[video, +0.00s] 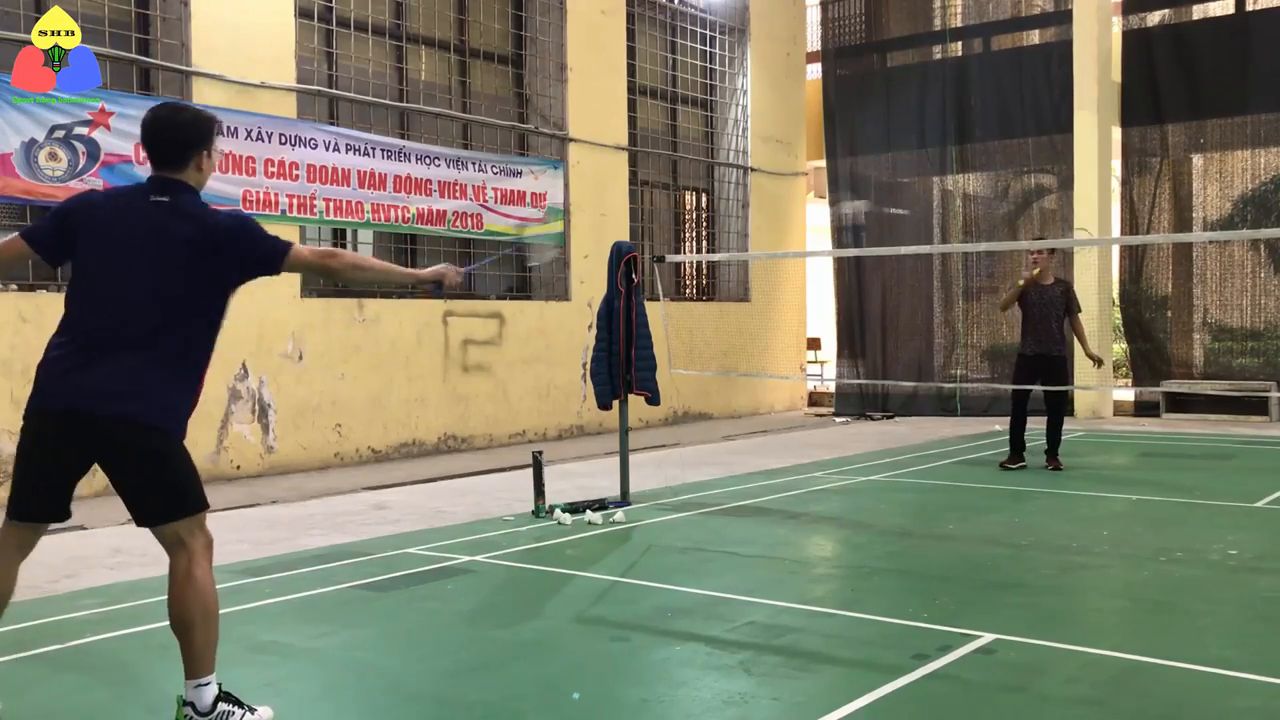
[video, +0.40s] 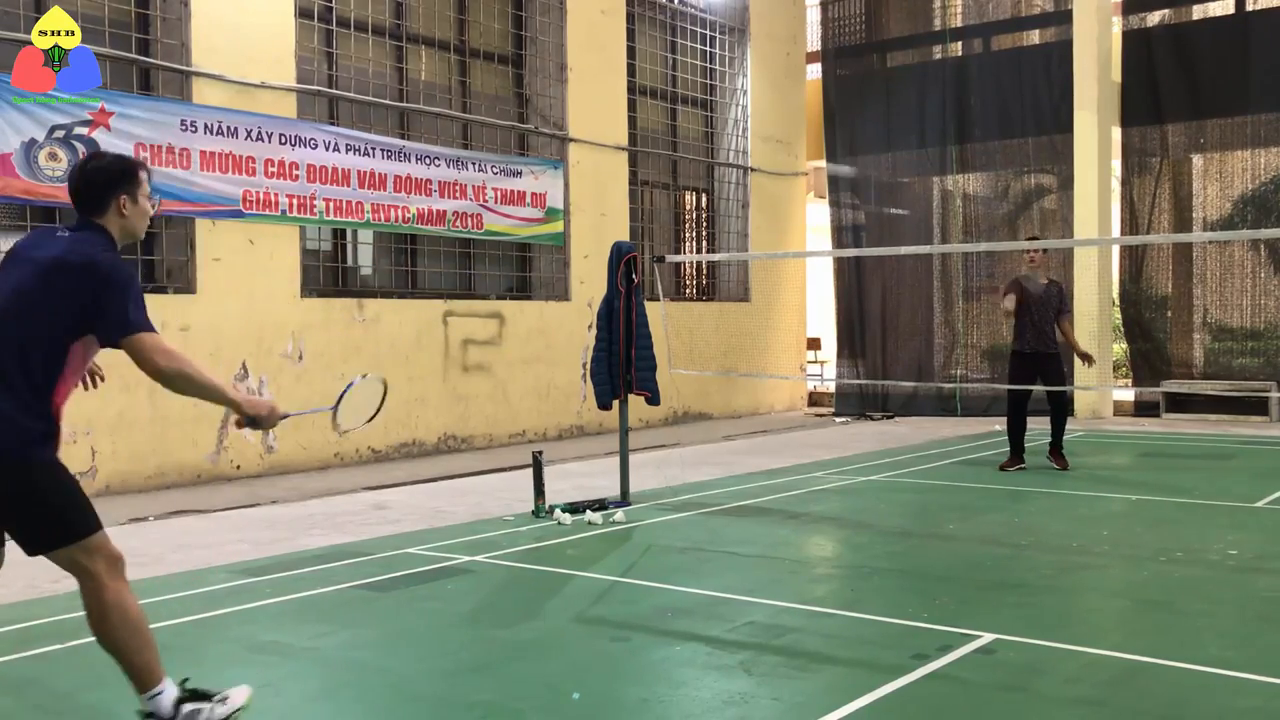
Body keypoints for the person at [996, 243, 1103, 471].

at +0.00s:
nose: (1034, 257)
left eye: (1039, 253)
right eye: (1031, 253)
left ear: (1051, 256)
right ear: (1029, 257)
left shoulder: (1064, 287)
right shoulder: (1023, 287)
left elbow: (1074, 321)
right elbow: (1003, 306)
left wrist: (1087, 350)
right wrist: (1022, 284)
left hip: (1056, 357)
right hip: (1028, 356)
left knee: (1056, 409)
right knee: (1018, 405)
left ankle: (1052, 456)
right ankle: (1016, 455)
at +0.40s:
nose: (1031, 255)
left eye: (1036, 251)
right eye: (1028, 252)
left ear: (1045, 255)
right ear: (1024, 256)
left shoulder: (1056, 288)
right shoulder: (1016, 284)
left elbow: (1063, 322)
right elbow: (1009, 300)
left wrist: (1078, 349)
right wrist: (1008, 305)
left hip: (1050, 354)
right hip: (1022, 354)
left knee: (1060, 402)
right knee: (1016, 405)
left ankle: (1056, 450)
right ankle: (1016, 456)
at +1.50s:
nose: (1020, 257)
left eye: (1025, 253)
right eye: (1017, 254)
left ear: (1036, 258)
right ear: (1014, 260)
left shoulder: (1054, 285)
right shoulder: (1011, 291)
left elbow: (1069, 317)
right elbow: (1000, 316)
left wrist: (1087, 344)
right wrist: (998, 330)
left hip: (1056, 355)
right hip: (1028, 357)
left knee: (1062, 405)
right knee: (1026, 407)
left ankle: (1058, 453)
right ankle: (1029, 457)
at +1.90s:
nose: (1038, 257)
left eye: (1043, 253)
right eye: (1034, 253)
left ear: (1053, 257)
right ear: (1030, 258)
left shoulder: (1066, 287)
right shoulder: (1024, 287)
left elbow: (1074, 322)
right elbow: (1001, 314)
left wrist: (1083, 353)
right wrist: (1020, 304)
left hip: (1060, 356)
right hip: (1031, 356)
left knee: (1061, 408)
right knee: (1024, 405)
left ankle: (1056, 457)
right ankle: (1029, 455)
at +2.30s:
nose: (1035, 256)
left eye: (1040, 252)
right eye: (1032, 252)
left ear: (1051, 256)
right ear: (1028, 257)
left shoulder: (1067, 284)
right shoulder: (1024, 288)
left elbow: (1083, 316)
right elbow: (999, 311)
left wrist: (1102, 343)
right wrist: (1005, 293)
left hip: (1068, 355)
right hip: (1040, 356)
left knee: (1068, 408)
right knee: (1039, 408)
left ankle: (1059, 456)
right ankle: (1041, 458)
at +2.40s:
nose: (1030, 258)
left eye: (1035, 254)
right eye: (1026, 255)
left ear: (1045, 258)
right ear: (1023, 260)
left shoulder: (1063, 285)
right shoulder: (1022, 291)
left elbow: (1083, 316)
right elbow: (1000, 306)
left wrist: (1105, 342)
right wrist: (976, 313)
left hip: (1071, 355)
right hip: (1042, 358)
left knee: (1074, 406)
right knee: (1040, 408)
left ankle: (1063, 455)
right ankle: (1041, 458)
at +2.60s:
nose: (1028, 258)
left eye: (1033, 254)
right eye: (1024, 255)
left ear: (1043, 258)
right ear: (1021, 260)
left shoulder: (1062, 285)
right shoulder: (1019, 293)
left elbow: (1079, 316)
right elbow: (1007, 320)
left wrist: (1097, 344)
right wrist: (1001, 334)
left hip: (1067, 355)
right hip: (1039, 358)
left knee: (1077, 399)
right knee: (1039, 407)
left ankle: (1066, 452)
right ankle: (1041, 459)